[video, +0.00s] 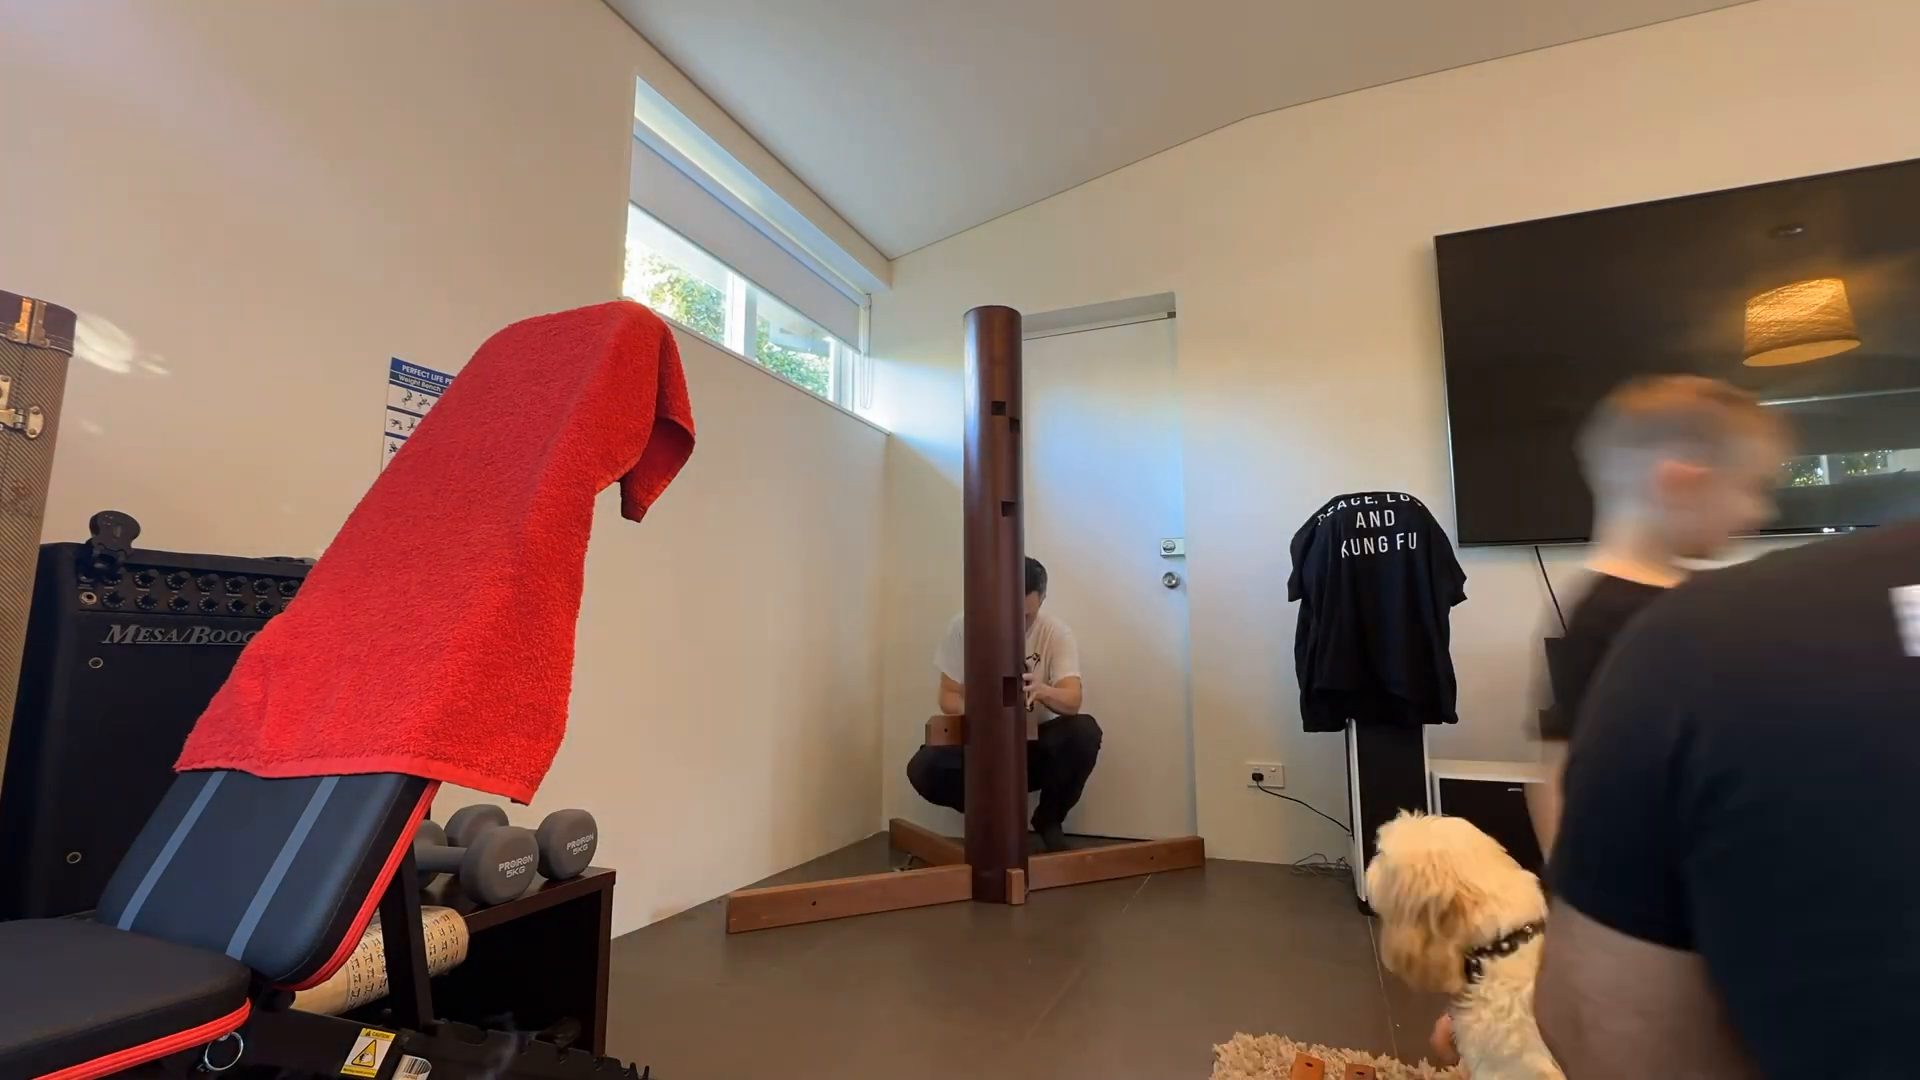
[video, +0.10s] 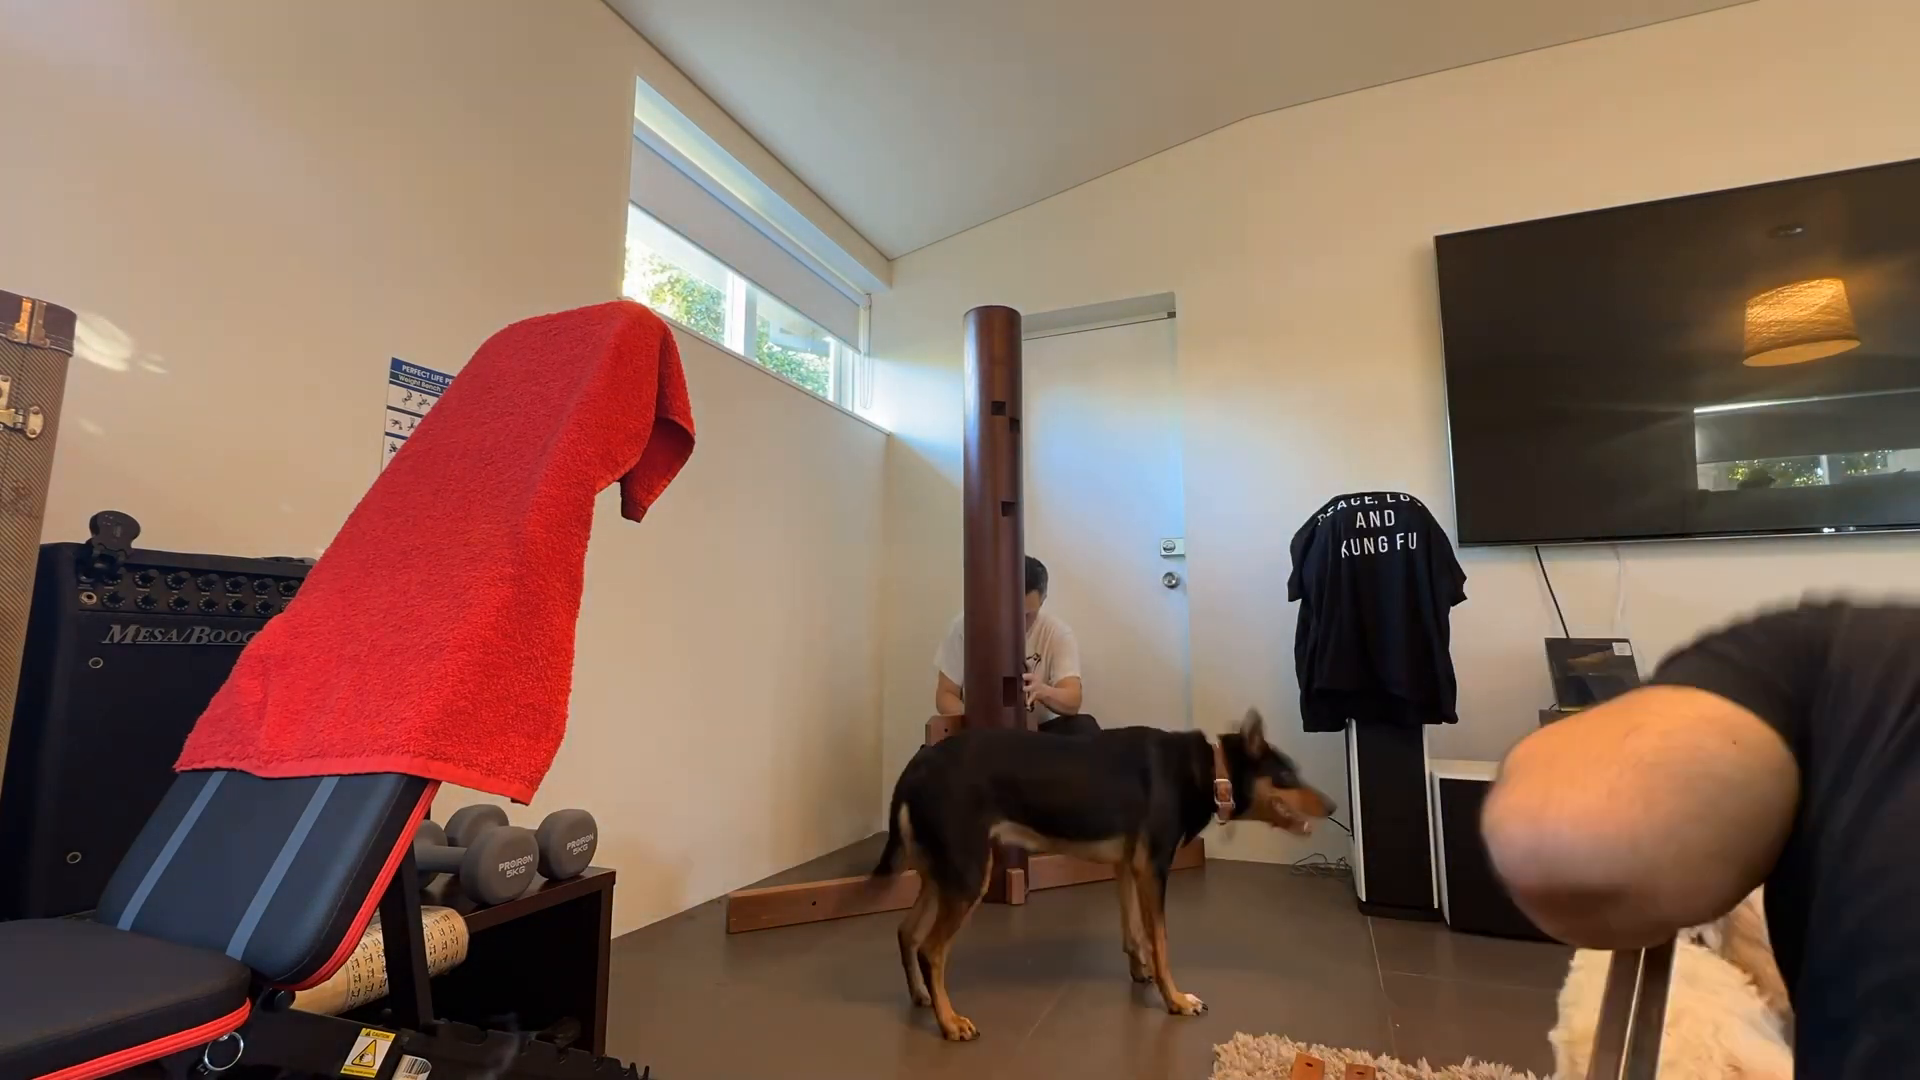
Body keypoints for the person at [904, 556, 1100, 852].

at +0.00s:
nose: (1020, 621)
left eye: (1028, 614)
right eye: (1013, 614)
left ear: (1041, 601)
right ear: (995, 603)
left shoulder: (1054, 633)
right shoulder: (965, 627)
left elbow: (1072, 703)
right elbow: (948, 701)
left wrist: (1043, 691)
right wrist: (994, 700)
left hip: (1033, 749)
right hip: (980, 750)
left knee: (1083, 732)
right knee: (924, 767)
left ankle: (1049, 819)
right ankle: (995, 815)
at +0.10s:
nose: (1019, 622)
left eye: (1028, 614)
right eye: (1011, 613)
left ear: (1041, 601)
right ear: (993, 603)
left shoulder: (1054, 632)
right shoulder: (966, 626)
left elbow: (1072, 701)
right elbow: (945, 696)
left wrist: (1042, 691)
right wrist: (976, 715)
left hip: (1036, 734)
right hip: (984, 734)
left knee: (1084, 726)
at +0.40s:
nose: (995, 590)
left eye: (1002, 578)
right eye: (987, 578)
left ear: (1017, 582)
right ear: (974, 585)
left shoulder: (1047, 632)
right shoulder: (957, 634)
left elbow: (1073, 699)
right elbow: (929, 696)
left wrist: (1043, 690)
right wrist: (932, 723)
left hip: (1035, 749)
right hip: (980, 751)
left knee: (1083, 729)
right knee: (950, 762)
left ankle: (1052, 822)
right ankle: (999, 829)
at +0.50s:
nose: (996, 590)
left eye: (1005, 580)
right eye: (988, 581)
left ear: (1019, 581)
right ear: (976, 583)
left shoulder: (1047, 632)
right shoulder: (958, 633)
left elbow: (1073, 699)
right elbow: (920, 696)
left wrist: (1043, 690)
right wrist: (932, 721)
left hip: (1035, 750)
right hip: (981, 753)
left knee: (1083, 729)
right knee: (952, 762)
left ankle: (1052, 820)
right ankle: (996, 829)